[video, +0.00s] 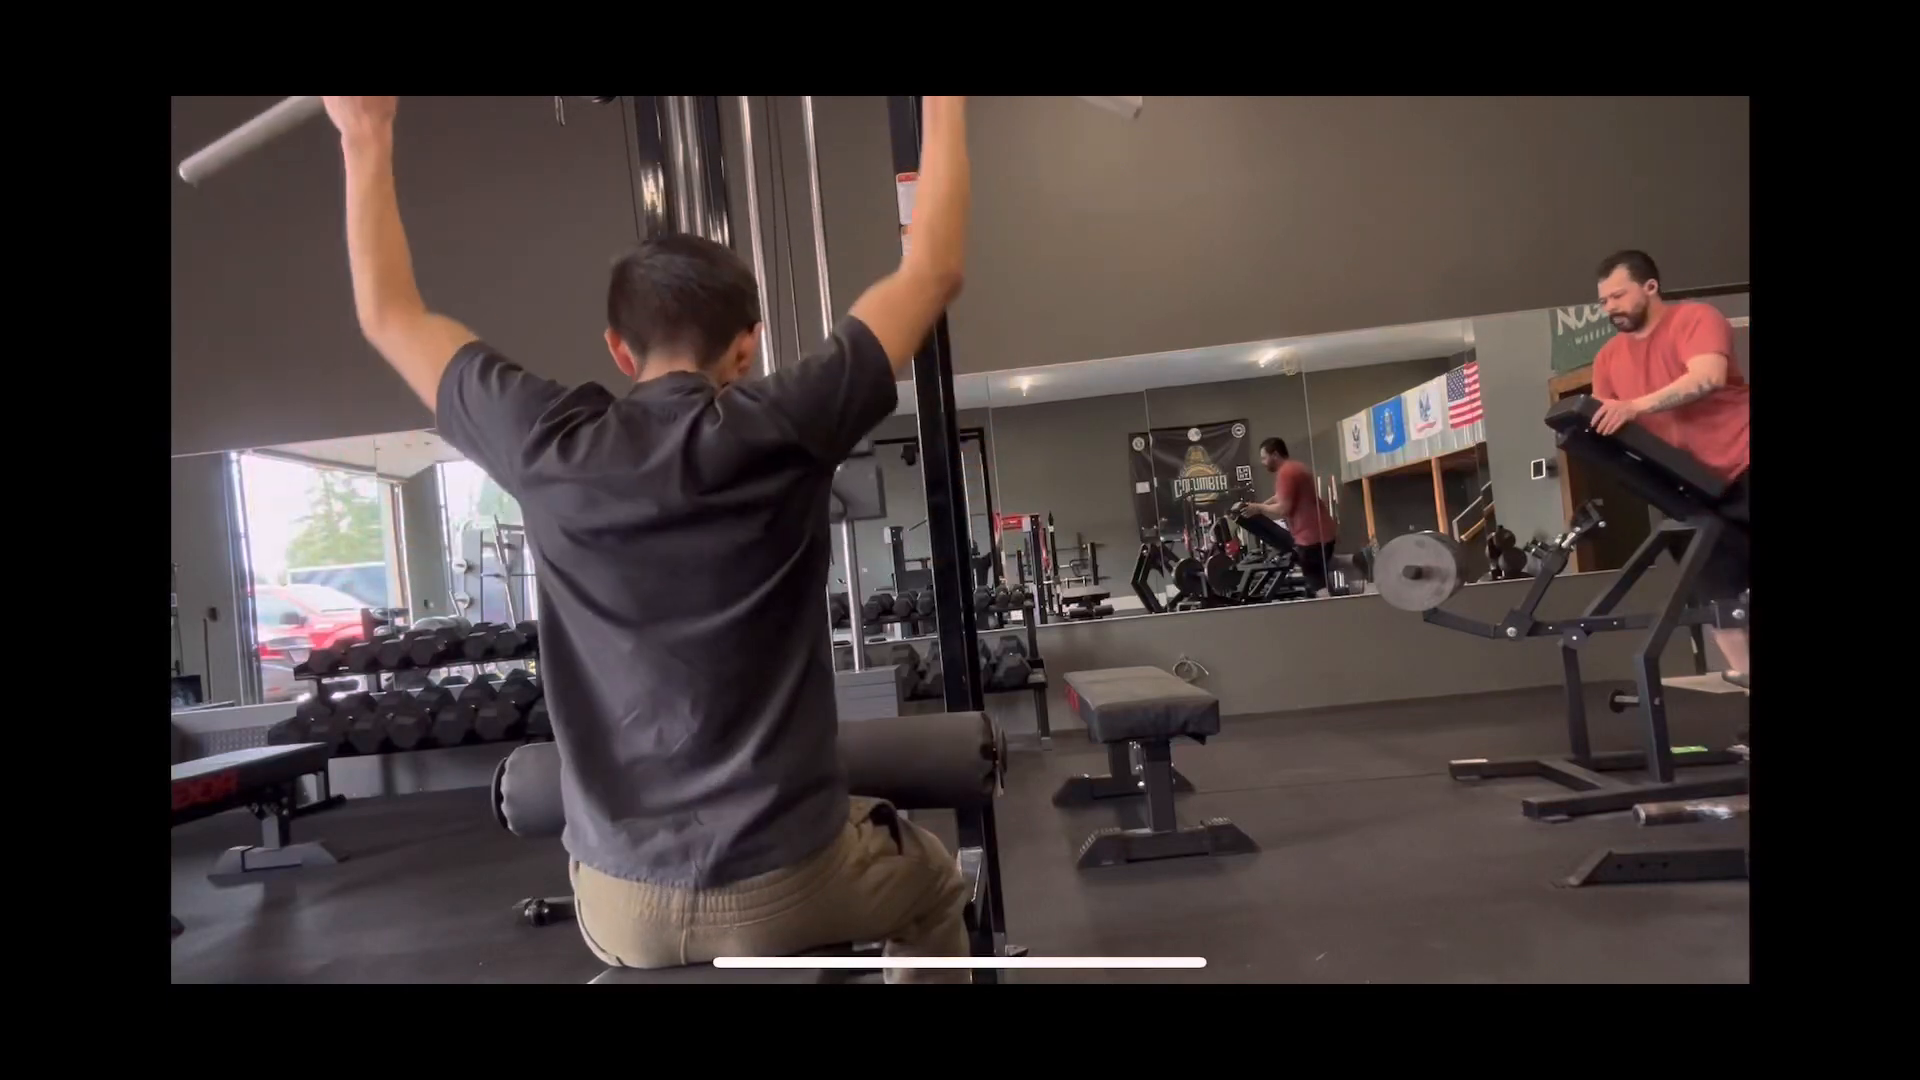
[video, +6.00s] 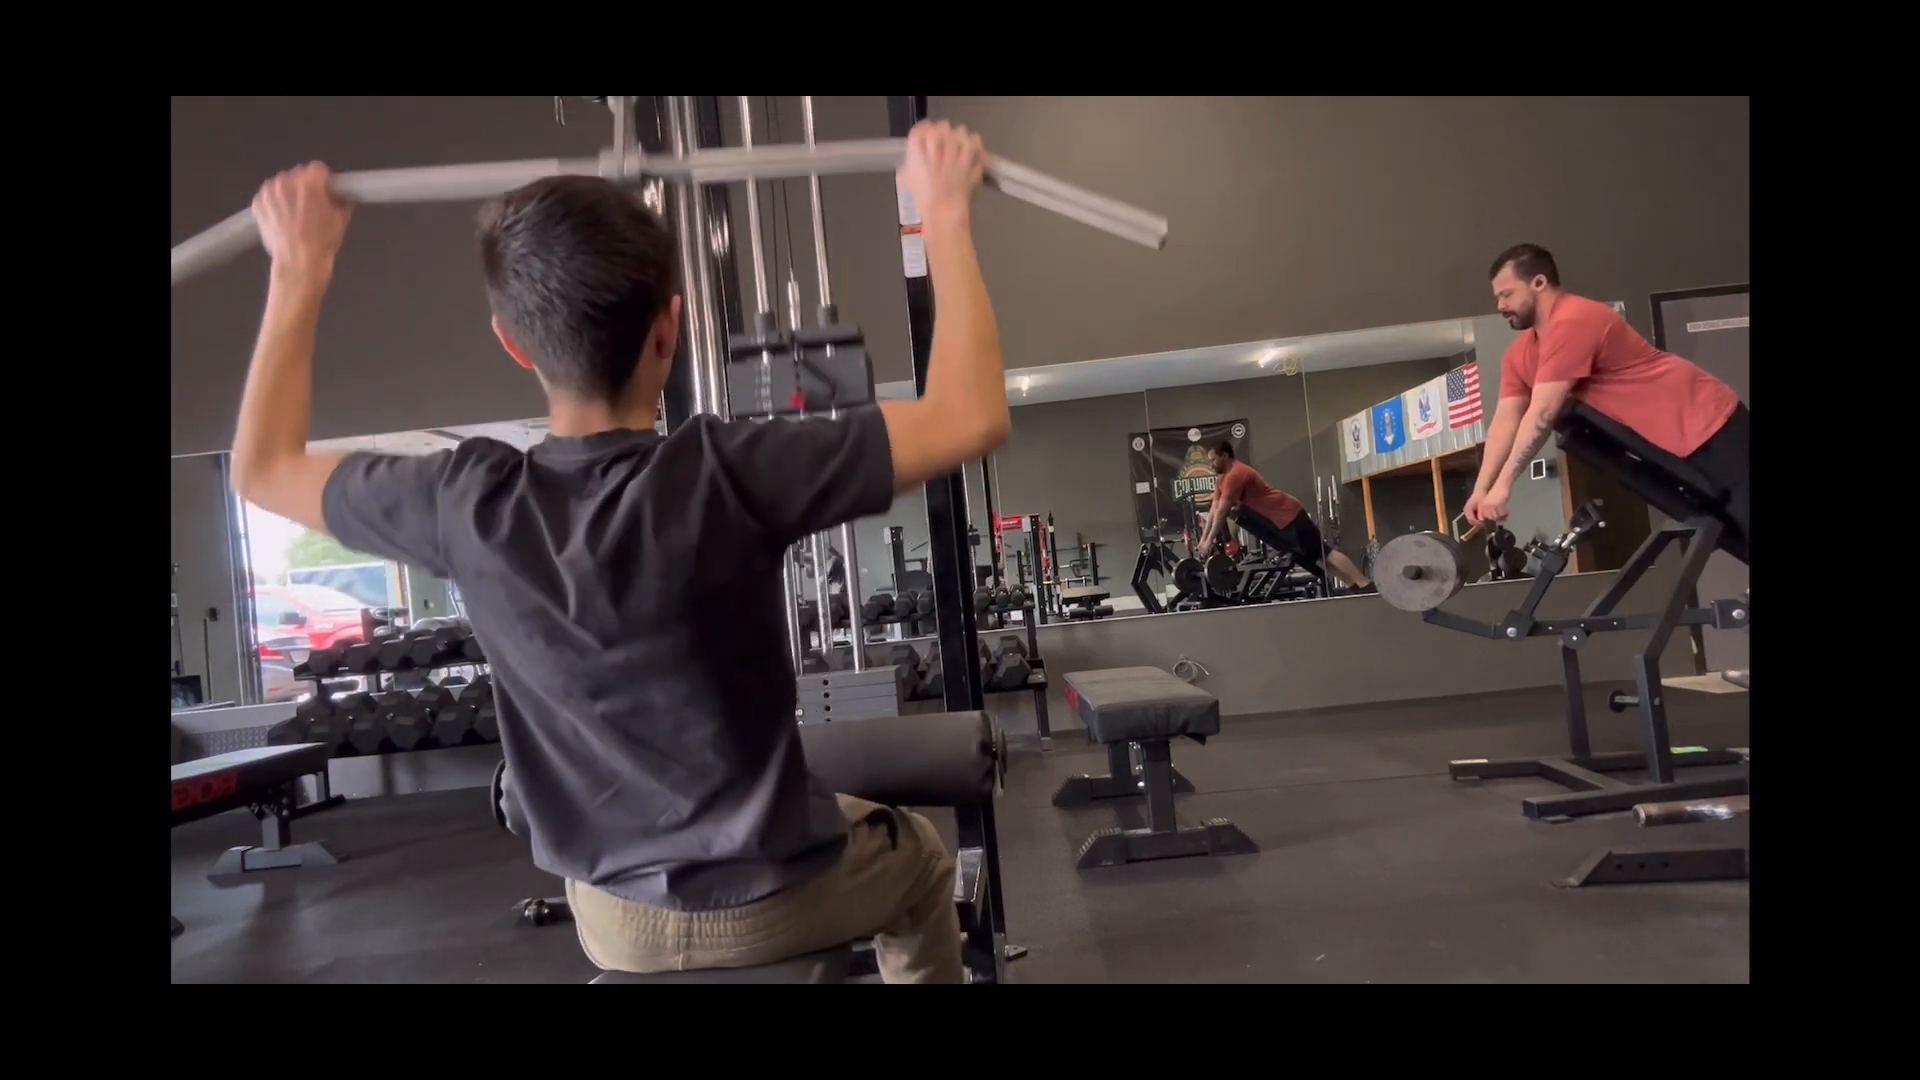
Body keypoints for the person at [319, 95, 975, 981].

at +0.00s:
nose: (758, 355)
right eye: (755, 340)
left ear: (619, 352)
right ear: (746, 346)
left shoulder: (545, 438)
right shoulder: (785, 423)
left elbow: (389, 314)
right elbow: (933, 272)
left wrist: (364, 139)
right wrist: (945, 102)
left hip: (617, 903)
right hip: (784, 893)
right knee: (932, 883)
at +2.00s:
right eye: (729, 294)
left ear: (577, 317)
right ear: (718, 313)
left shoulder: (520, 441)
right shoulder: (769, 420)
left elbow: (359, 313)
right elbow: (942, 282)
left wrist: (350, 131)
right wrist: (947, 105)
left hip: (615, 904)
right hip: (780, 890)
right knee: (927, 882)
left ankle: (632, 972)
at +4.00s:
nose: (673, 310)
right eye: (669, 297)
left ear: (506, 347)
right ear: (658, 328)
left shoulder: (472, 472)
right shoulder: (742, 448)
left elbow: (298, 358)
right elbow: (945, 333)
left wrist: (305, 159)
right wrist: (941, 134)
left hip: (612, 914)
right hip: (778, 902)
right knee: (918, 864)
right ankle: (926, 981)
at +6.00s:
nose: (679, 316)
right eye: (679, 299)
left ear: (509, 343)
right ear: (669, 320)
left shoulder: (467, 501)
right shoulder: (730, 471)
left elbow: (261, 469)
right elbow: (970, 416)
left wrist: (296, 269)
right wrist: (947, 220)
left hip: (608, 917)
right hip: (773, 904)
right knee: (918, 863)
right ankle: (921, 973)